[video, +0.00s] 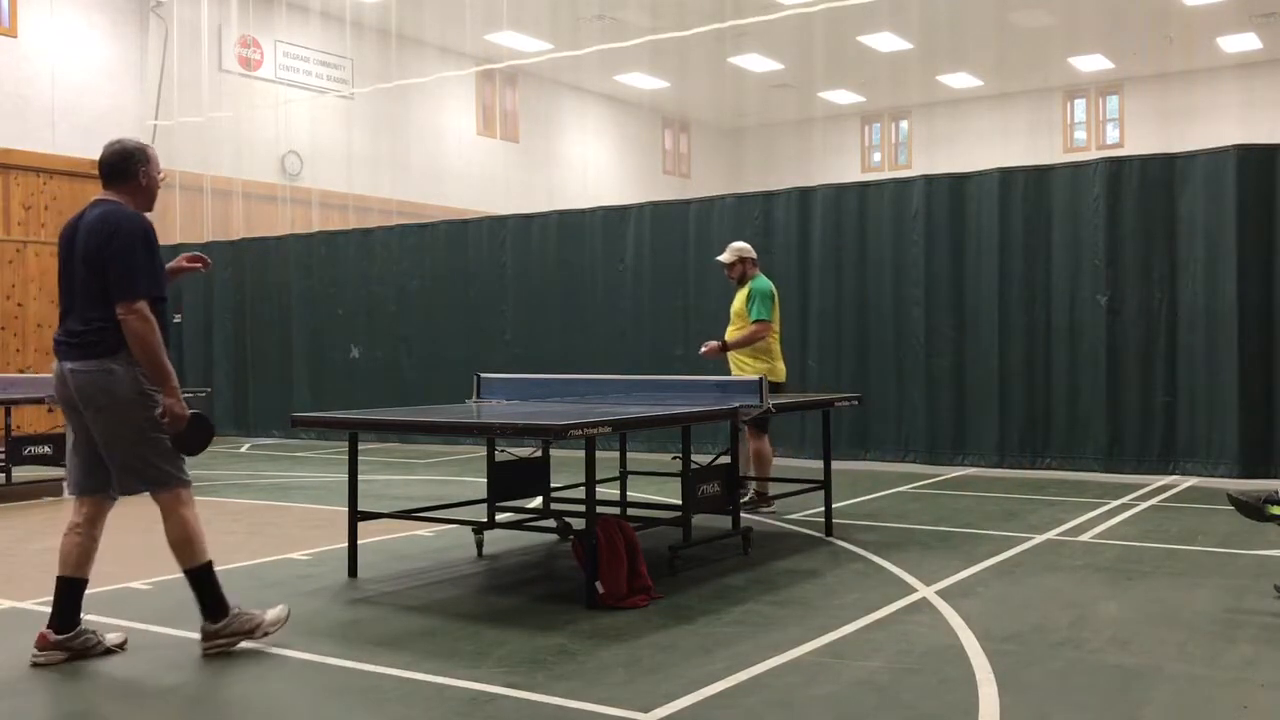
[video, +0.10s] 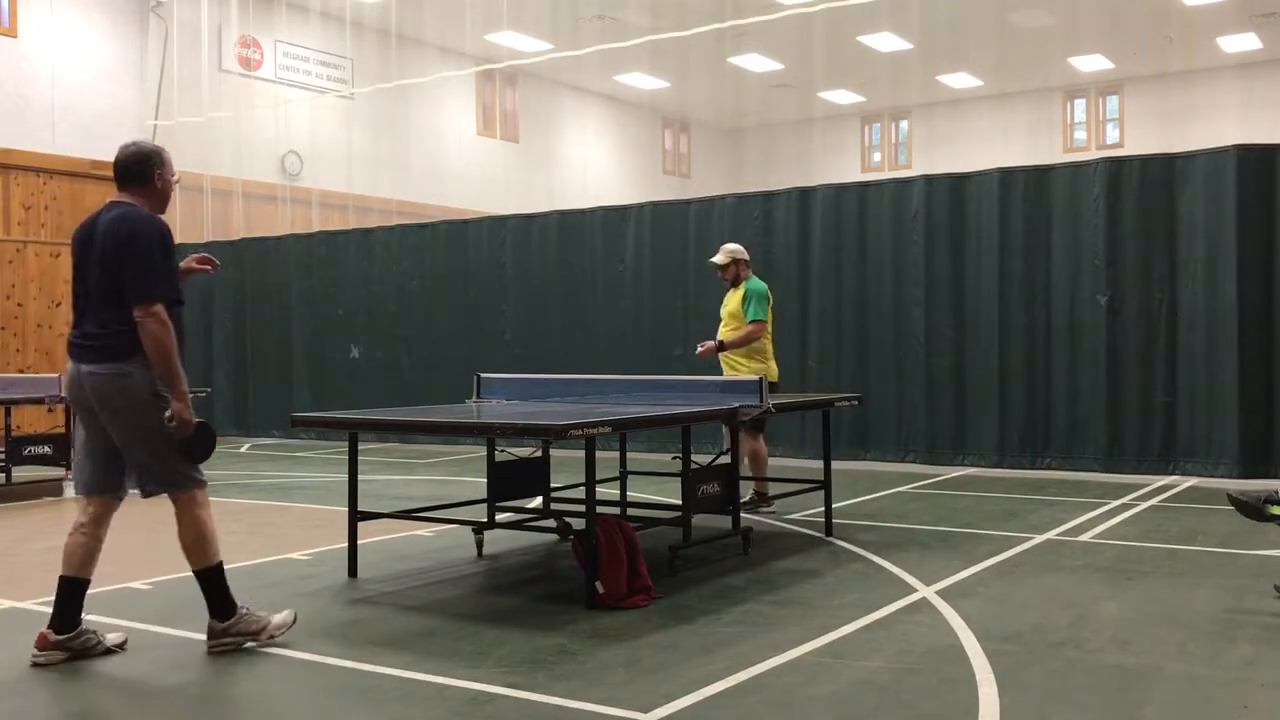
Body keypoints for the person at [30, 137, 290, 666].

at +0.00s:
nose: (160, 183)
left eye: (158, 175)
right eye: (157, 174)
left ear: (105, 176)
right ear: (143, 175)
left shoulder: (77, 225)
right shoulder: (130, 225)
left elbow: (104, 292)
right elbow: (134, 313)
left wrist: (167, 271)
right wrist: (171, 390)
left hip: (74, 374)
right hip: (116, 375)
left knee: (90, 502)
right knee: (174, 493)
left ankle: (61, 630)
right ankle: (220, 618)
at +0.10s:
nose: (175, 184)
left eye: (173, 176)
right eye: (172, 176)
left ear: (121, 179)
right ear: (159, 178)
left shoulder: (90, 227)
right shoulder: (146, 227)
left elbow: (108, 291)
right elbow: (150, 315)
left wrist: (176, 272)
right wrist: (179, 393)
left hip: (85, 375)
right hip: (128, 377)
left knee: (96, 503)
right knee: (190, 493)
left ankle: (62, 630)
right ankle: (227, 618)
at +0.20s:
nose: (190, 187)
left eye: (189, 179)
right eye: (188, 180)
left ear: (138, 181)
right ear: (176, 182)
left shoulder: (104, 230)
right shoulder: (168, 232)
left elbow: (127, 283)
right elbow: (168, 321)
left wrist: (188, 267)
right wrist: (194, 399)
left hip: (100, 378)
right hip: (149, 380)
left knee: (105, 502)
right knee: (206, 494)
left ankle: (63, 628)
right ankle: (232, 619)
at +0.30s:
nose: (212, 183)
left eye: (210, 175)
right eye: (209, 176)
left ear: (157, 181)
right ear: (197, 181)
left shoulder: (123, 229)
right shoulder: (188, 232)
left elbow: (143, 282)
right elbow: (188, 321)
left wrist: (204, 270)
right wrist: (214, 400)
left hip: (117, 376)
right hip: (168, 379)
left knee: (115, 501)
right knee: (222, 495)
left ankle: (65, 626)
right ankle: (232, 619)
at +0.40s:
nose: (235, 187)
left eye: (233, 179)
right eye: (232, 180)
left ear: (183, 181)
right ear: (220, 183)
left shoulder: (144, 227)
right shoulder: (212, 235)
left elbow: (165, 280)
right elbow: (210, 324)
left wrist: (225, 268)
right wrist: (233, 403)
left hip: (136, 373)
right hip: (187, 376)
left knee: (125, 500)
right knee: (232, 493)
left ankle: (70, 620)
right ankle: (233, 619)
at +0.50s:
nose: (256, 184)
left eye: (254, 176)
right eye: (254, 177)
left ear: (203, 181)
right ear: (243, 183)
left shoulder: (162, 224)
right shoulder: (232, 236)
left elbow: (178, 293)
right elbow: (232, 326)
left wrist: (241, 275)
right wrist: (257, 405)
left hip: (149, 371)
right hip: (202, 375)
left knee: (146, 493)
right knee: (237, 492)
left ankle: (79, 609)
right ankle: (233, 618)